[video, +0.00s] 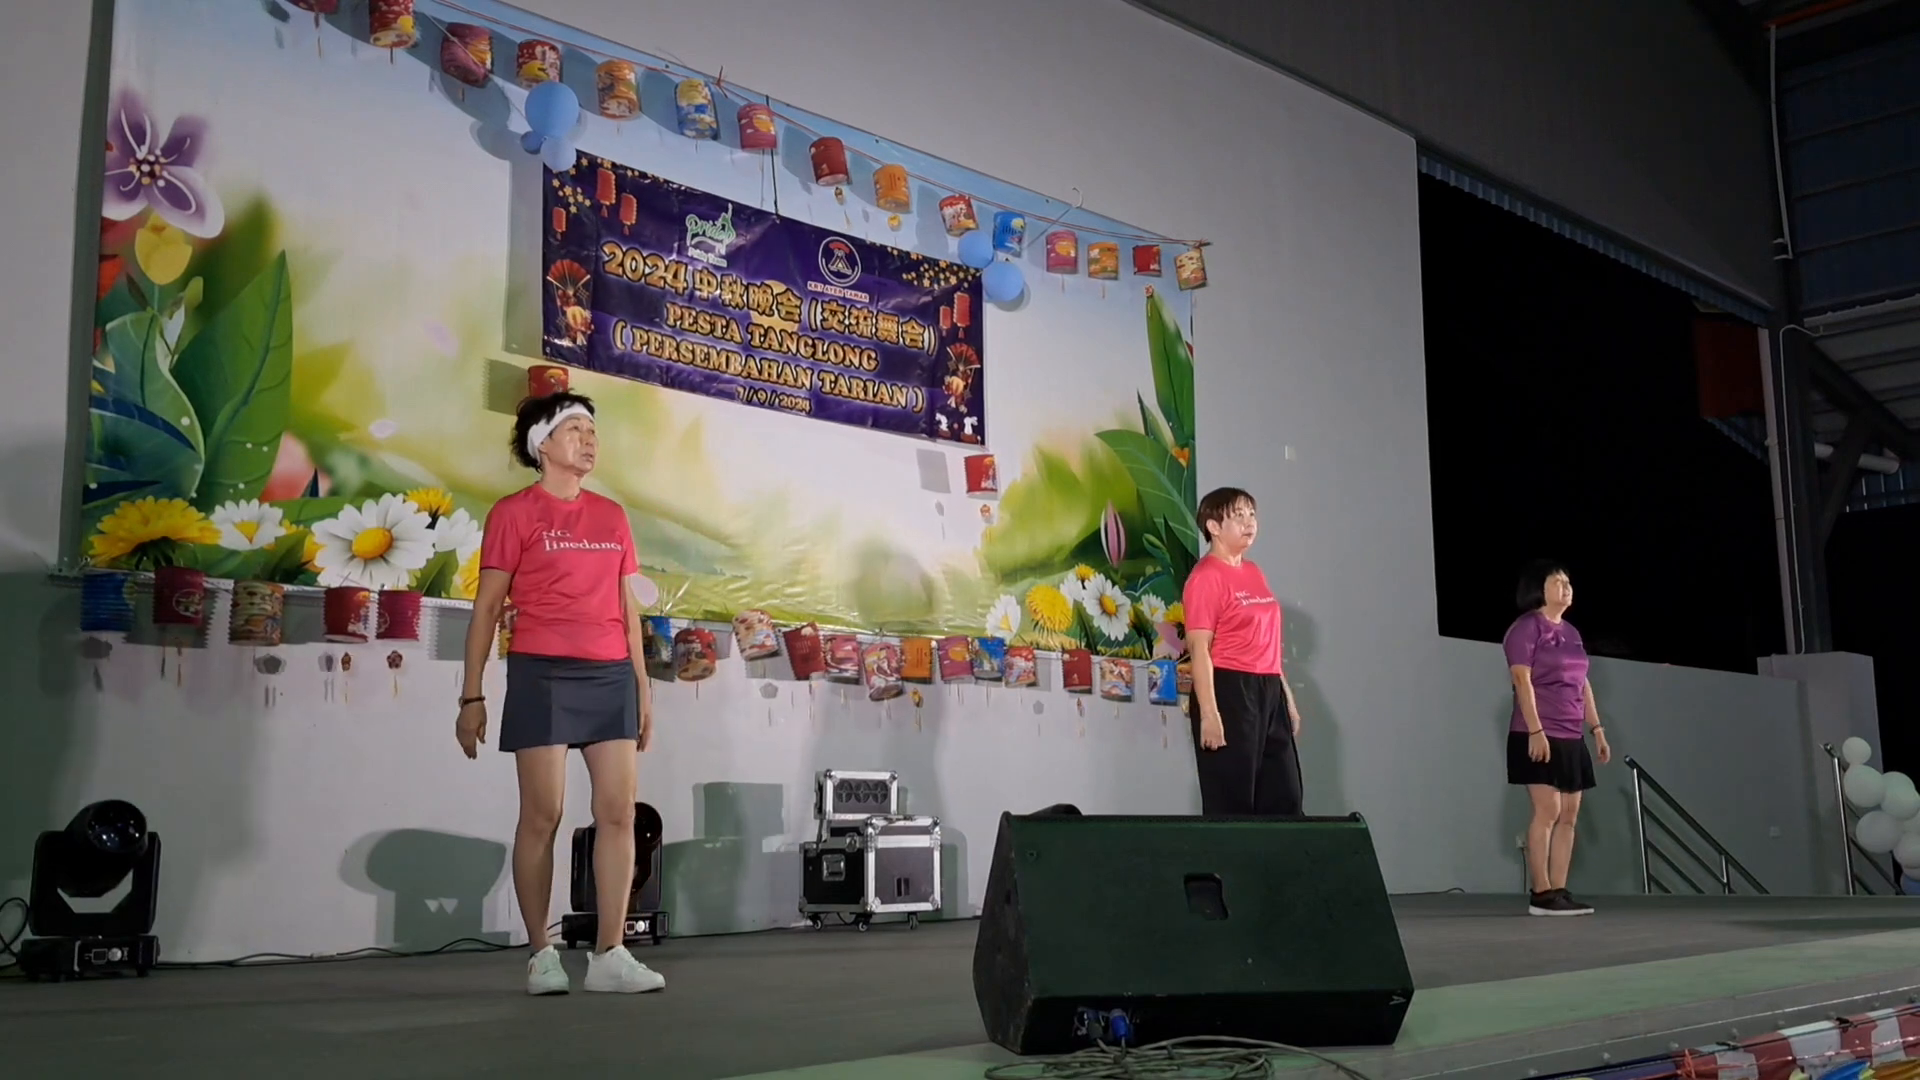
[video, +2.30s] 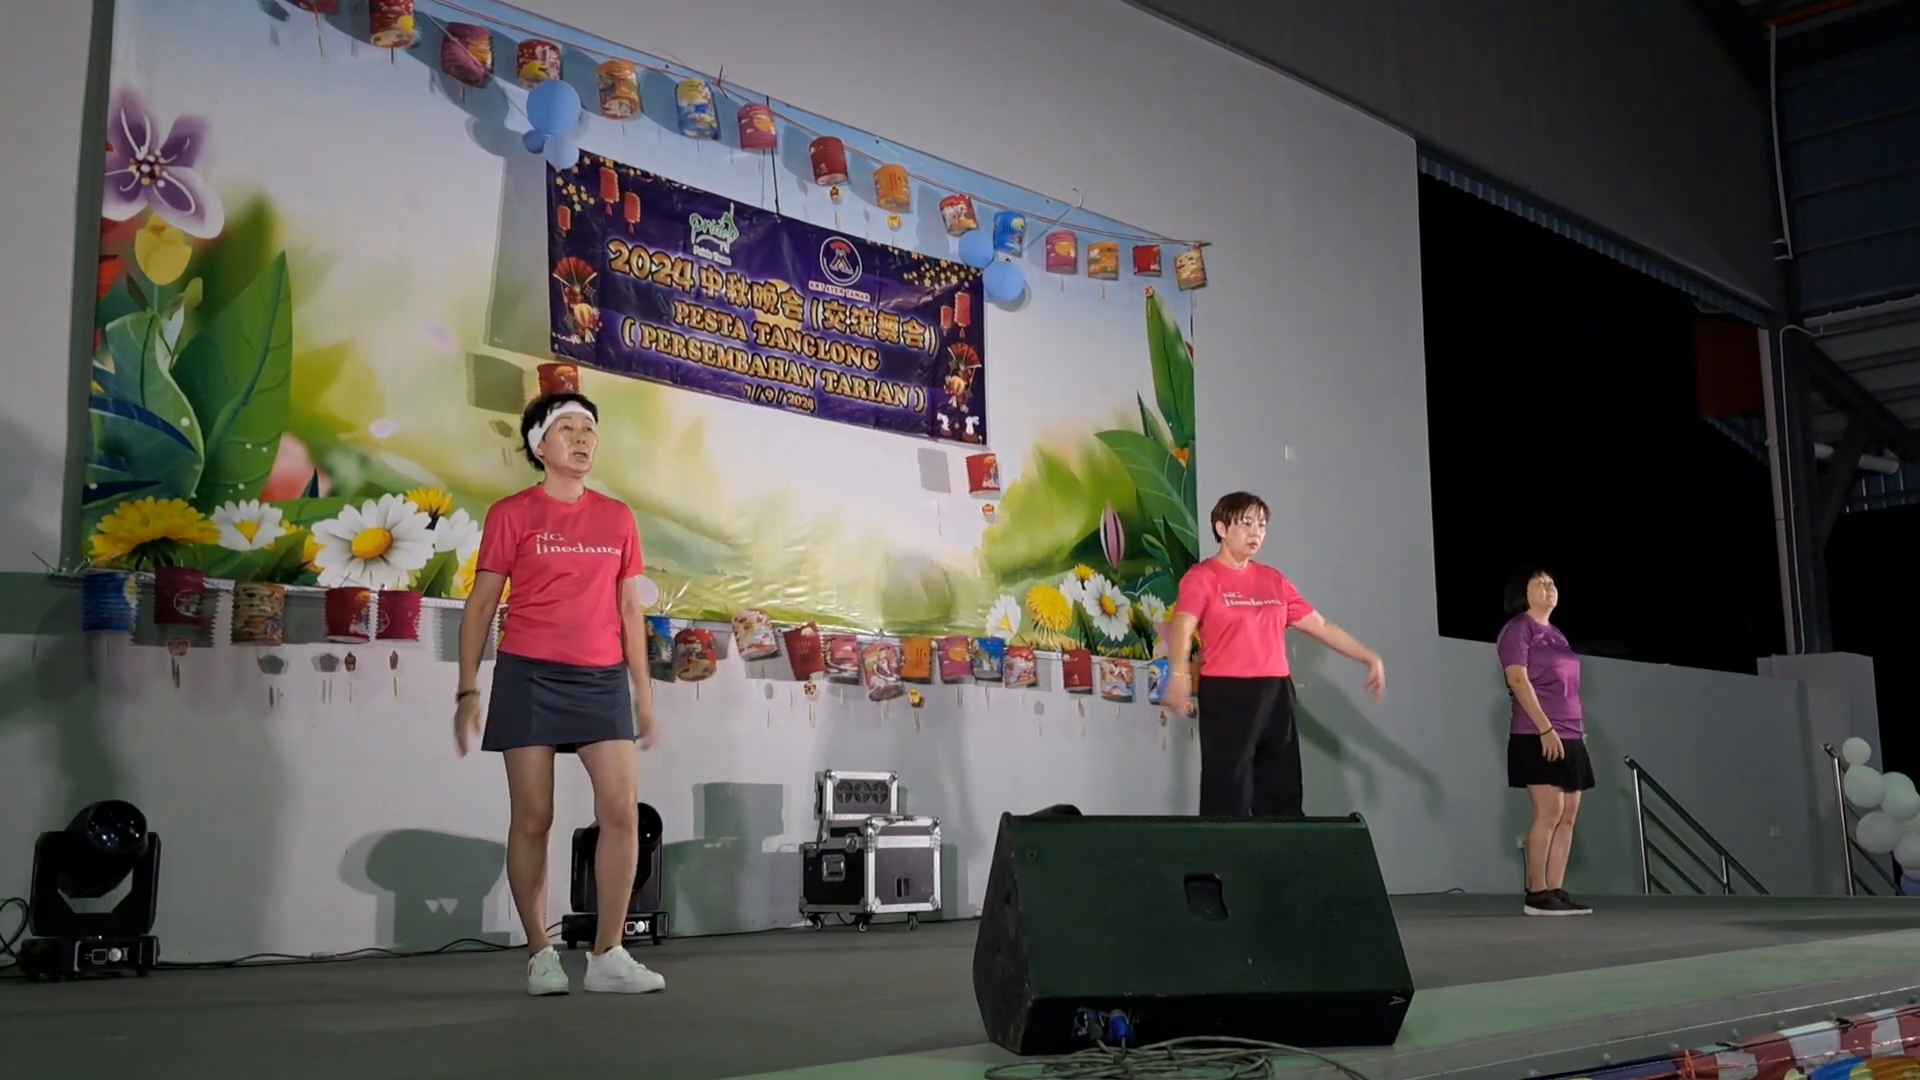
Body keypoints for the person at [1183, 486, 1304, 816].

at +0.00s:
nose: (1250, 524)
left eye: (1252, 516)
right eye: (1239, 517)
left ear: (1258, 522)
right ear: (1213, 527)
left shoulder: (1254, 572)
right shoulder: (1204, 578)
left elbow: (1266, 644)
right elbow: (1198, 648)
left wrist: (1287, 698)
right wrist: (1209, 713)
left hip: (1270, 691)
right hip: (1230, 690)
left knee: (1283, 797)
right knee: (1232, 801)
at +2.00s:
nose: (1263, 526)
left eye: (1267, 518)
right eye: (1253, 517)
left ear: (1272, 523)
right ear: (1228, 524)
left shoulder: (1258, 570)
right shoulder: (1227, 570)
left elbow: (1263, 634)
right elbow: (1226, 635)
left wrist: (1280, 689)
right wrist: (1252, 695)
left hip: (1276, 689)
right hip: (1240, 688)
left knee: (1285, 796)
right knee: (1246, 798)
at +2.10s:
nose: (1263, 528)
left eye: (1267, 520)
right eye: (1252, 519)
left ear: (1272, 525)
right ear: (1227, 525)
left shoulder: (1267, 572)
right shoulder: (1221, 574)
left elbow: (1289, 631)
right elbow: (1216, 635)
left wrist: (1313, 684)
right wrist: (1241, 693)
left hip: (1277, 693)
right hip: (1236, 692)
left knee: (1286, 796)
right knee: (1257, 797)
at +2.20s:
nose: (1260, 531)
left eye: (1265, 523)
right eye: (1251, 522)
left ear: (1270, 529)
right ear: (1226, 528)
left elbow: (1306, 631)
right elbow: (1200, 632)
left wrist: (1345, 675)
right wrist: (1214, 684)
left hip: (1279, 698)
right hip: (1235, 698)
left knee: (1286, 798)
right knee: (1251, 799)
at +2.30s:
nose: (1256, 533)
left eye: (1261, 525)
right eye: (1247, 524)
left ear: (1266, 532)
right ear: (1221, 529)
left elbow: (1320, 626)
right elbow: (1182, 628)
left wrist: (1370, 657)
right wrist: (1179, 677)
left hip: (1277, 696)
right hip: (1227, 695)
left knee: (1282, 793)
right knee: (1229, 794)